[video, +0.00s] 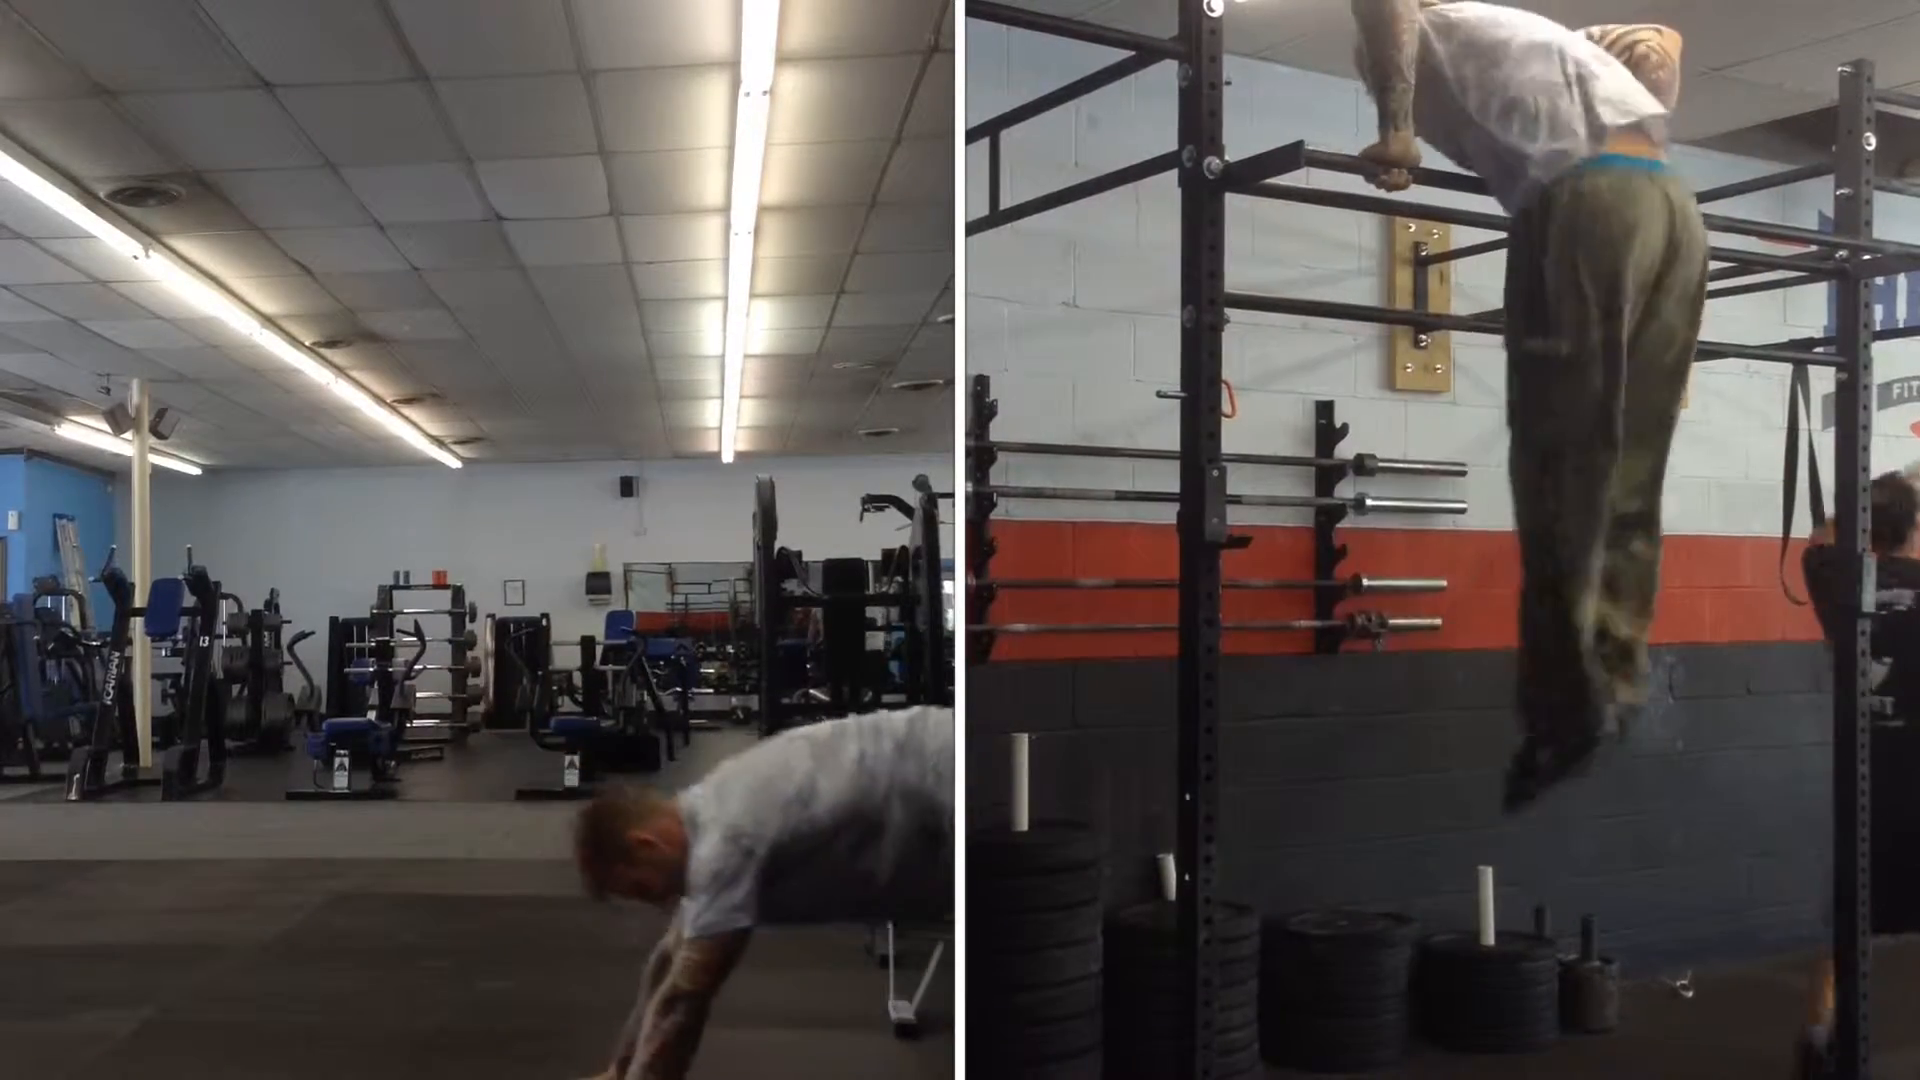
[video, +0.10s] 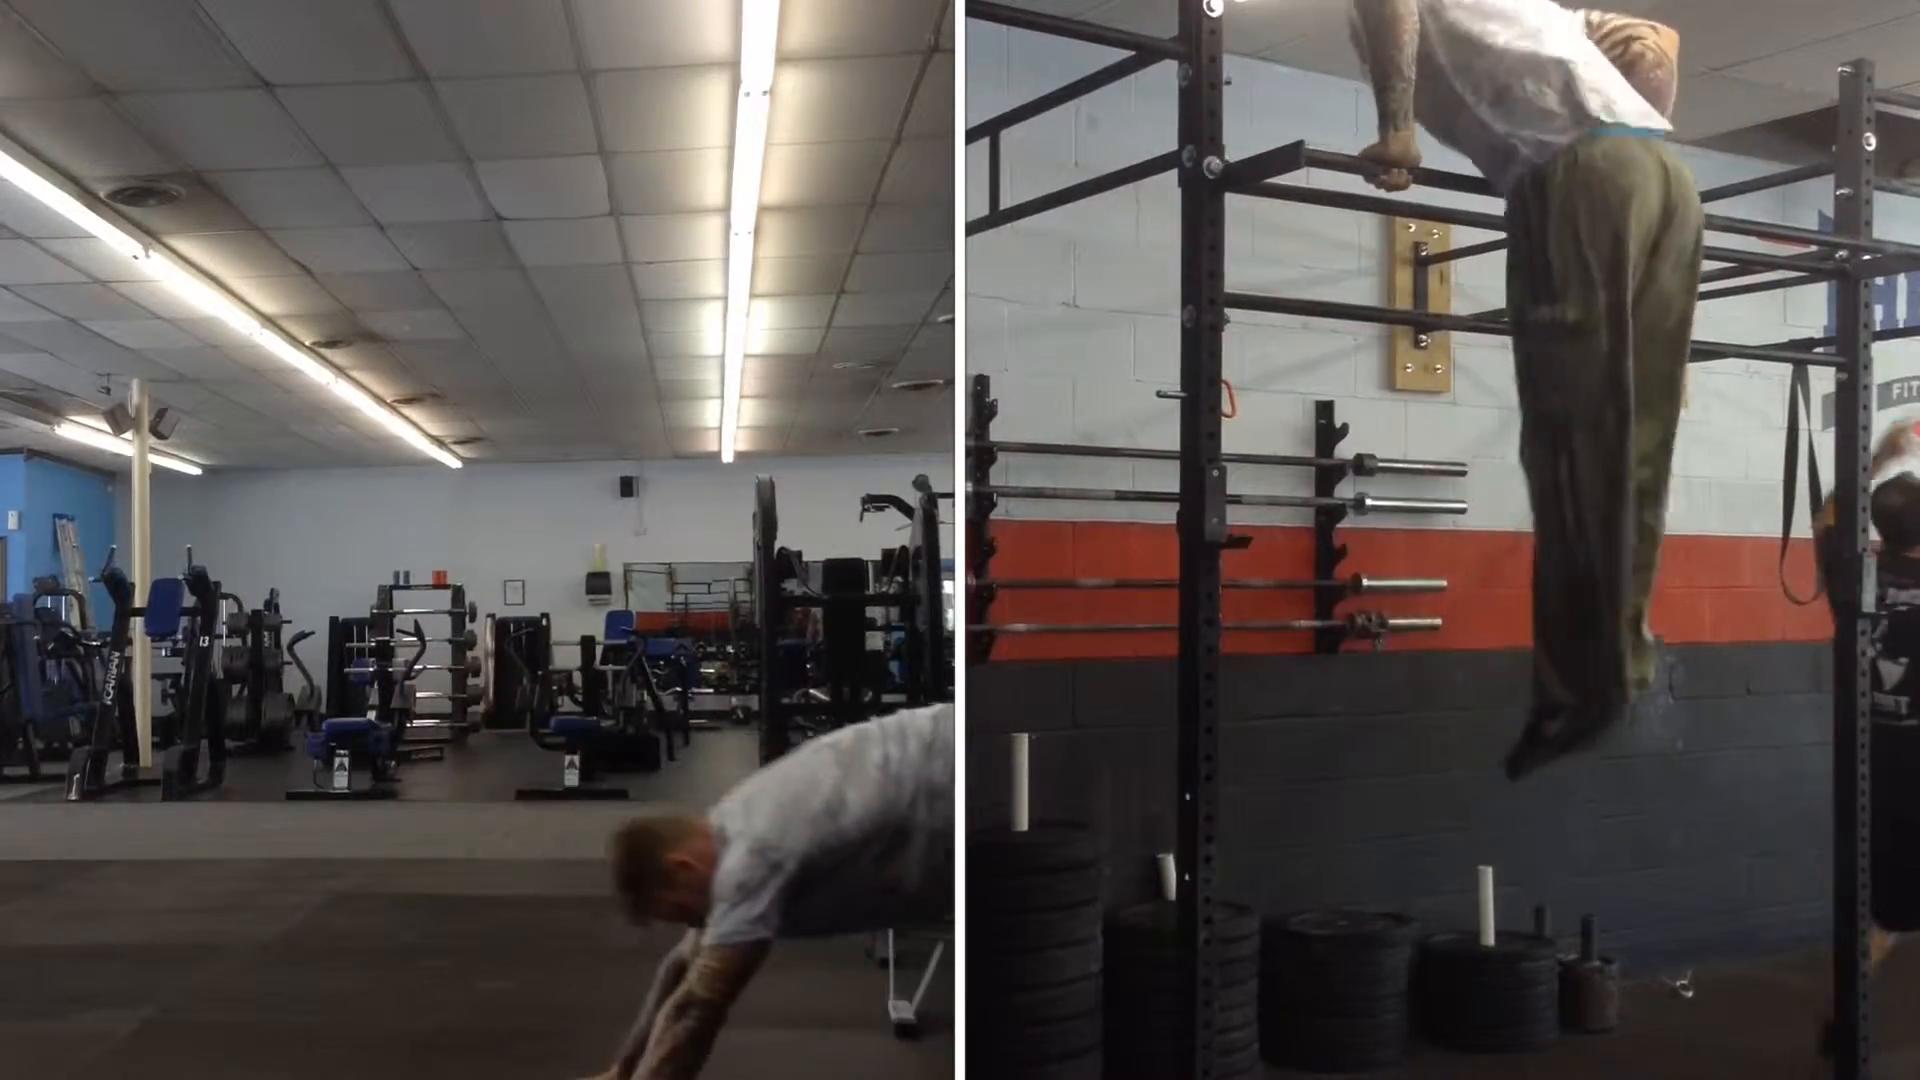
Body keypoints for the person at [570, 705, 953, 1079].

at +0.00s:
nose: (645, 899)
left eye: (633, 887)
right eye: (630, 894)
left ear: (646, 845)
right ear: (648, 834)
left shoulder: (727, 834)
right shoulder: (707, 815)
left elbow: (686, 1001)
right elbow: (669, 963)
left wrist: (635, 1076)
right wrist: (620, 1066)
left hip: (971, 775)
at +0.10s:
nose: (686, 922)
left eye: (677, 912)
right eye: (675, 918)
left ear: (684, 866)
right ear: (687, 854)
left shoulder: (754, 851)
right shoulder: (736, 831)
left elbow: (699, 1012)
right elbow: (683, 968)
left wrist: (642, 1078)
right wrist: (622, 1070)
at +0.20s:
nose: (722, 938)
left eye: (714, 930)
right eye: (711, 936)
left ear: (718, 887)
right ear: (719, 878)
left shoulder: (781, 861)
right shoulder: (760, 844)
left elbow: (714, 1014)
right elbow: (696, 971)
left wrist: (648, 1077)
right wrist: (625, 1066)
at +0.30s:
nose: (745, 968)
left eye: (737, 958)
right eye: (736, 964)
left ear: (744, 906)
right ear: (743, 894)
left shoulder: (802, 875)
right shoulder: (780, 860)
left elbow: (721, 1023)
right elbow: (703, 984)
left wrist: (652, 1078)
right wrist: (625, 1068)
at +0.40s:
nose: (759, 983)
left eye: (751, 973)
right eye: (743, 981)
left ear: (753, 922)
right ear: (751, 914)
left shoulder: (809, 890)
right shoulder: (781, 874)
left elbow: (732, 1033)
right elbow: (712, 993)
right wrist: (628, 1070)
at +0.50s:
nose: (759, 990)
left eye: (747, 984)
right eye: (743, 991)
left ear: (746, 938)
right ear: (741, 930)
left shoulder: (804, 908)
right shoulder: (778, 888)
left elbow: (741, 1052)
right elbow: (713, 1008)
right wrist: (629, 1070)